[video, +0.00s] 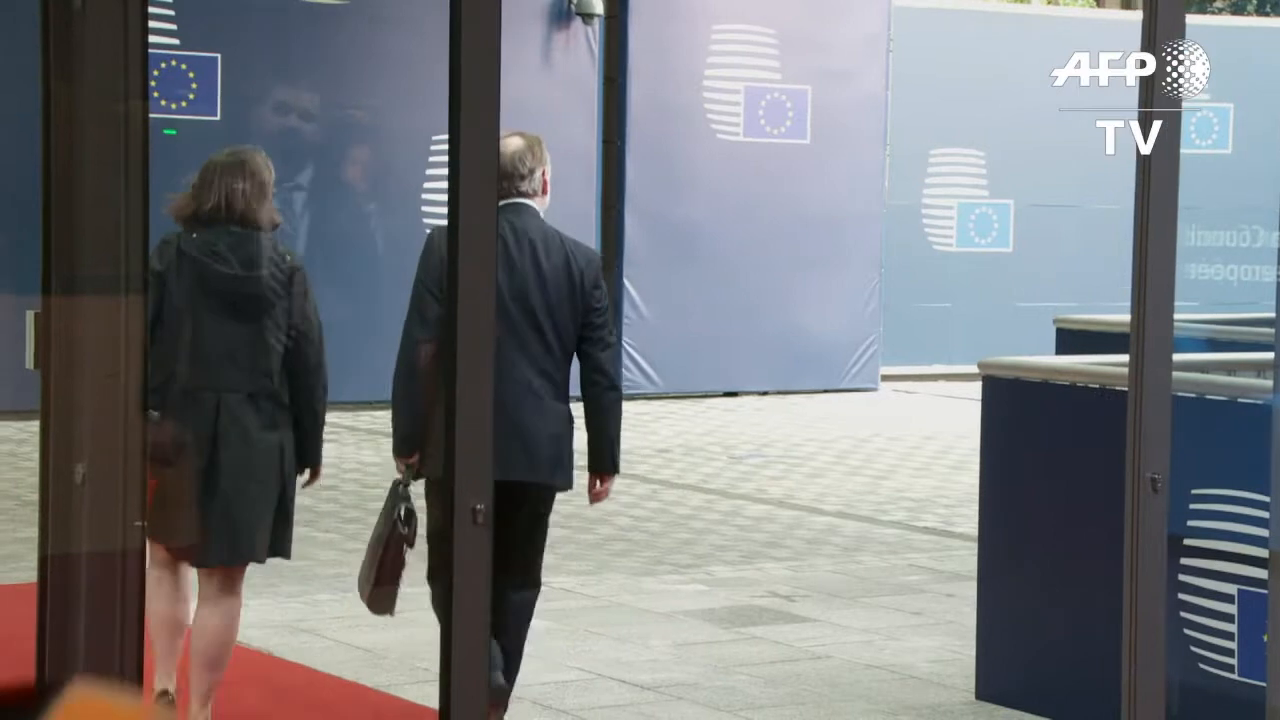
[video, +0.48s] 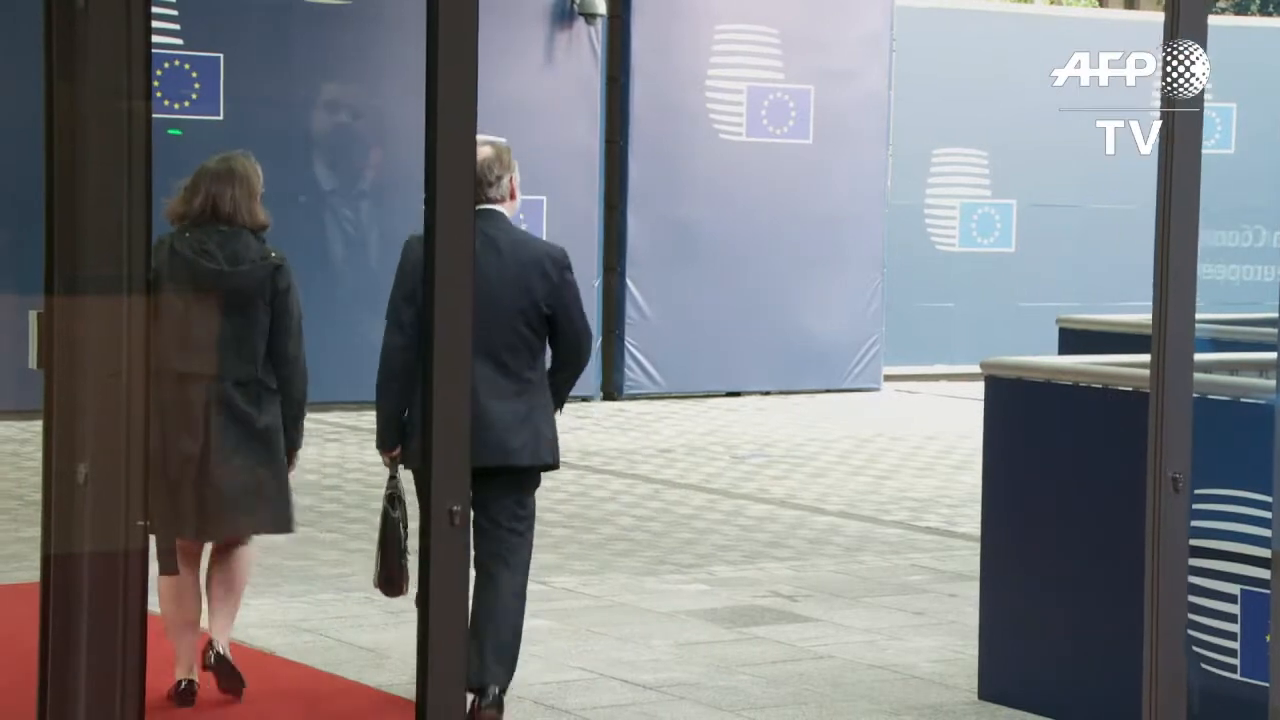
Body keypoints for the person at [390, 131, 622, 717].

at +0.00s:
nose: (549, 184)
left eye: (544, 175)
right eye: (548, 176)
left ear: (484, 181)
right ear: (542, 183)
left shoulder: (447, 246)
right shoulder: (580, 261)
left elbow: (417, 345)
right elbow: (601, 368)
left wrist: (407, 435)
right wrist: (605, 456)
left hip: (456, 446)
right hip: (536, 451)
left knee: (449, 574)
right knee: (518, 577)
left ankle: (484, 678)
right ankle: (490, 699)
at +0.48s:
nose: (519, 188)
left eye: (513, 179)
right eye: (517, 181)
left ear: (455, 187)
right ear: (509, 188)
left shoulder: (422, 251)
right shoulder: (544, 258)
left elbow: (399, 347)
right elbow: (576, 346)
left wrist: (390, 429)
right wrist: (543, 399)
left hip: (435, 437)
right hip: (513, 433)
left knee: (442, 560)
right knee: (505, 560)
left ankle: (443, 688)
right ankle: (489, 690)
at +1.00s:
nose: (504, 198)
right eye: (505, 191)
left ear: (453, 193)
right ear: (502, 195)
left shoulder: (418, 243)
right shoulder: (530, 253)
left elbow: (389, 333)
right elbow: (549, 344)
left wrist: (384, 409)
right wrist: (552, 417)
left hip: (430, 415)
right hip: (500, 418)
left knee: (436, 532)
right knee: (489, 526)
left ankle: (440, 656)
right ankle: (475, 628)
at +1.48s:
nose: (533, 196)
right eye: (533, 190)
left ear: (483, 189)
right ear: (528, 191)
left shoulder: (441, 235)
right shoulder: (549, 246)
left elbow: (415, 314)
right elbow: (574, 322)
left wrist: (418, 379)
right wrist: (568, 380)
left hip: (448, 395)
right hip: (515, 398)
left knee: (457, 490)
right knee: (499, 505)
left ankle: (452, 593)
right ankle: (473, 625)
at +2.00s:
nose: (550, 191)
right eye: (550, 185)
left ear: (503, 186)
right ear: (546, 187)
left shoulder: (466, 232)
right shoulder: (565, 236)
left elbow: (447, 310)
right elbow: (583, 315)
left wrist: (445, 373)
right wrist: (584, 379)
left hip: (481, 380)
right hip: (542, 381)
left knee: (483, 483)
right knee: (543, 474)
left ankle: (486, 595)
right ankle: (539, 577)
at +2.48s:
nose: (594, 188)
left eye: (591, 182)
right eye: (593, 182)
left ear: (547, 187)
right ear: (586, 186)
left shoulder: (513, 228)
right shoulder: (605, 239)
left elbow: (489, 299)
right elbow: (626, 310)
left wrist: (481, 357)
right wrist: (632, 370)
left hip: (519, 368)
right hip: (578, 373)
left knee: (528, 452)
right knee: (565, 469)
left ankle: (518, 530)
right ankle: (553, 574)